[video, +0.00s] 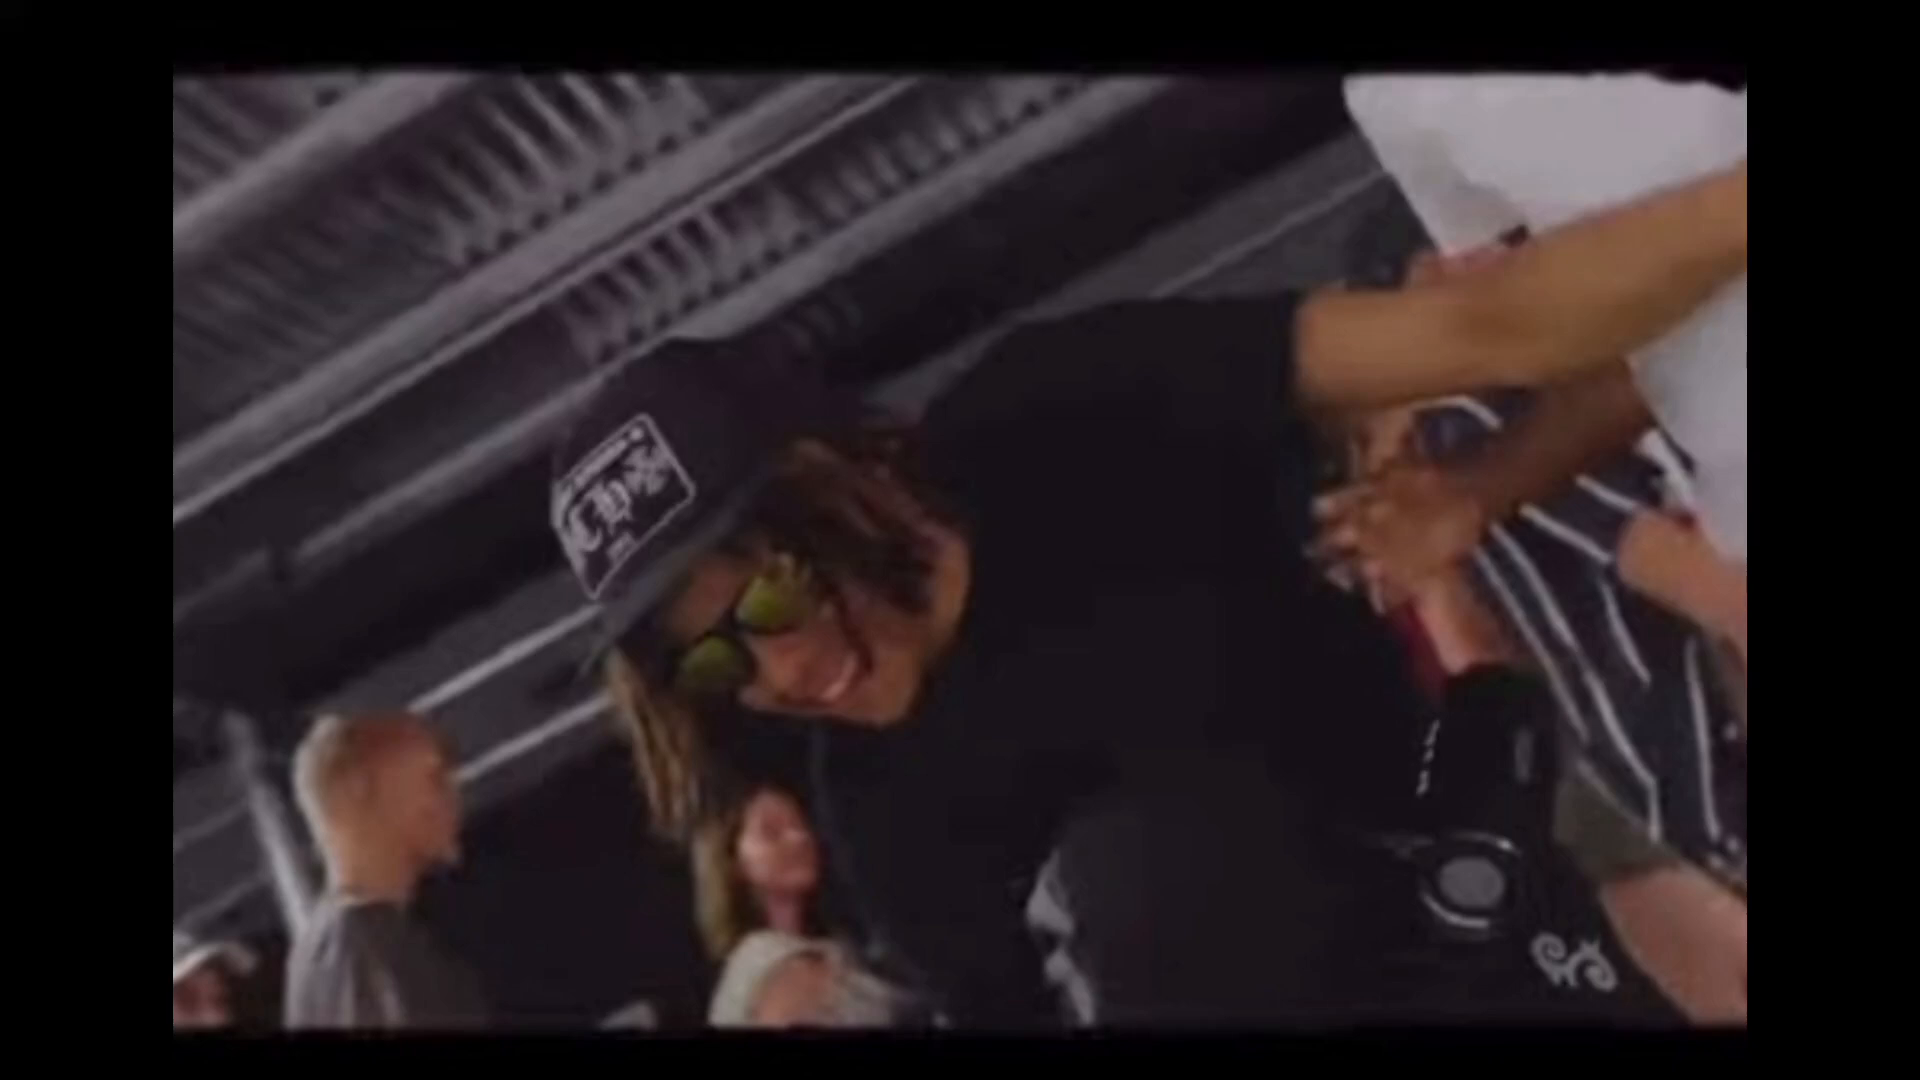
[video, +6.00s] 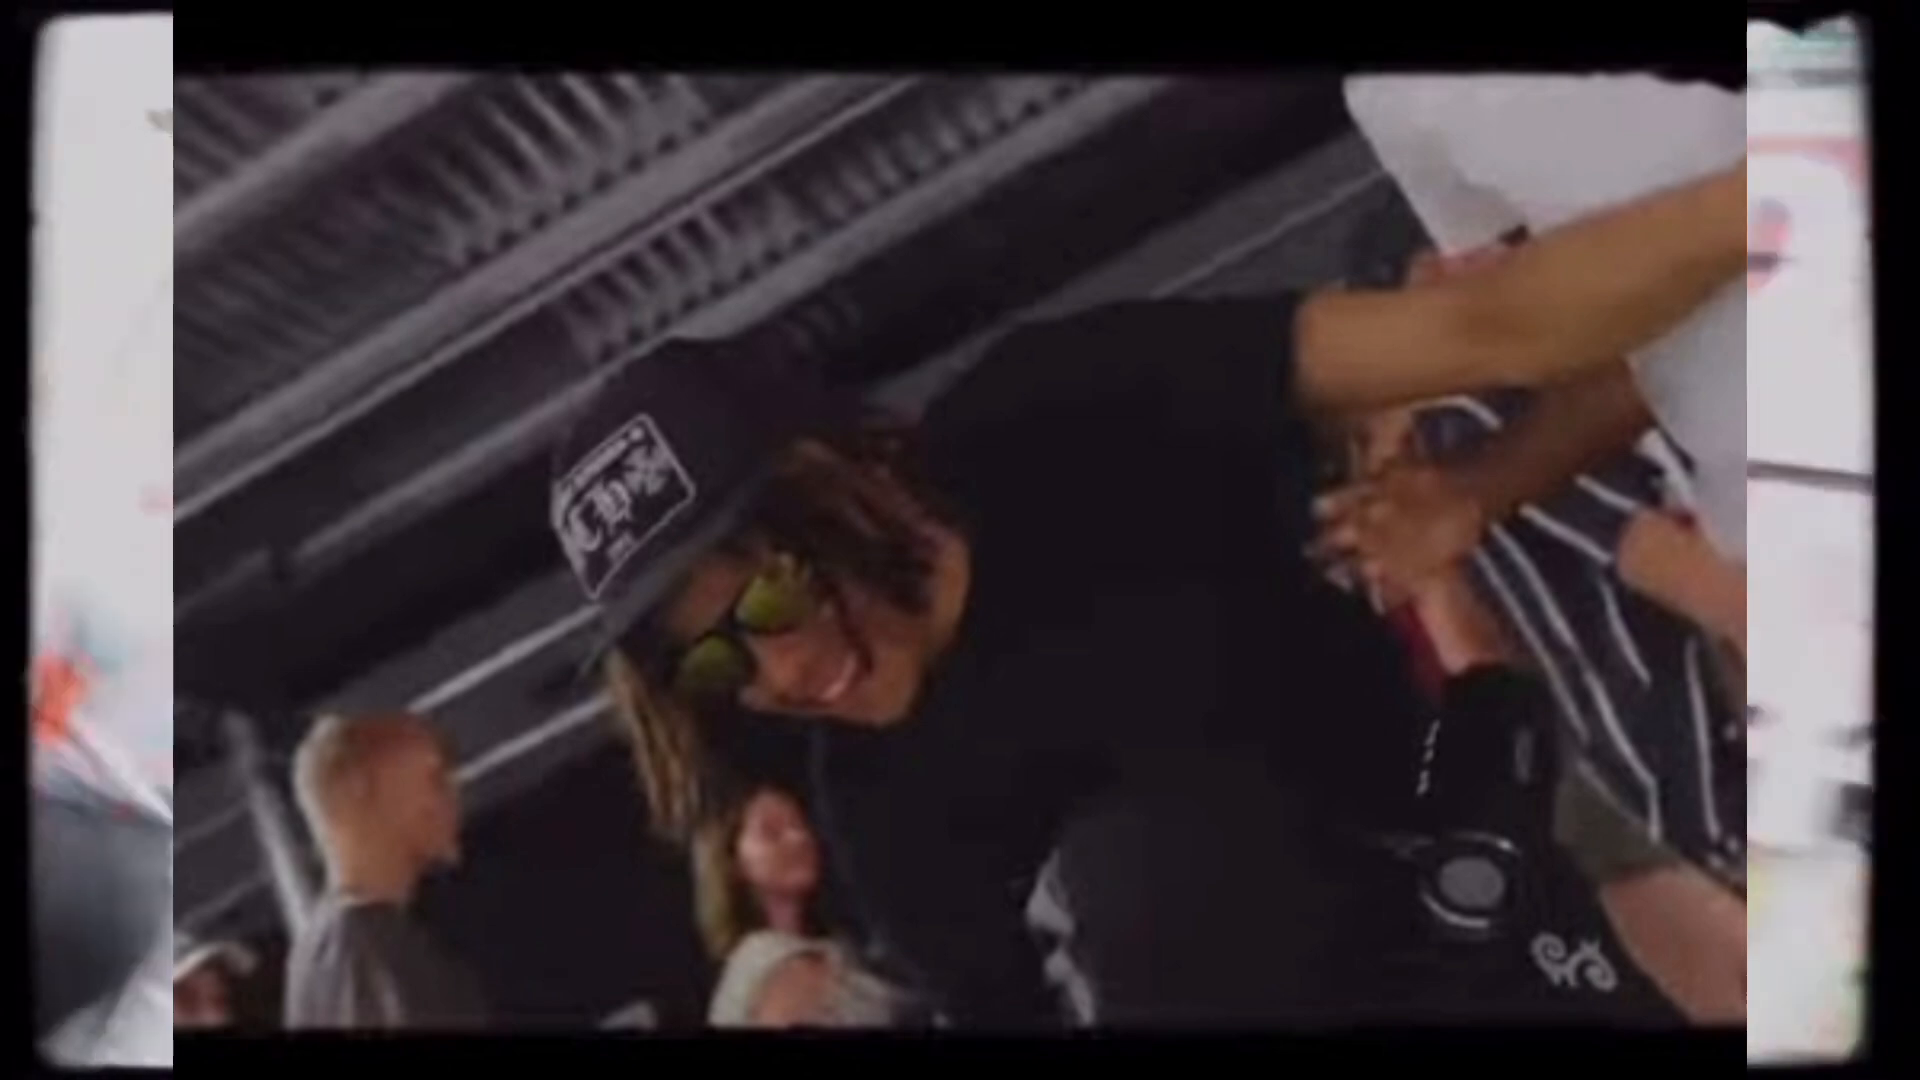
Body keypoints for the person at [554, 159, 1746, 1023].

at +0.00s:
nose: (768, 656)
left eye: (761, 582)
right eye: (708, 654)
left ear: (835, 476)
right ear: (687, 685)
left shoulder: (1052, 404)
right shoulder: (886, 847)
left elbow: (1472, 328)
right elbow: (1031, 1024)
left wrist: (1740, 208)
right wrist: (837, 995)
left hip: (1477, 844)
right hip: (1240, 973)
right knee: (1136, 862)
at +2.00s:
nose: (768, 657)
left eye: (761, 582)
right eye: (708, 654)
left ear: (835, 476)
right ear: (688, 686)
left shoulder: (1050, 404)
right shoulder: (889, 847)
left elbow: (1463, 331)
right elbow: (1040, 1023)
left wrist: (1758, 207)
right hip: (1273, 977)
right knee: (1136, 867)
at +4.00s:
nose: (768, 660)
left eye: (761, 586)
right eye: (709, 657)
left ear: (834, 478)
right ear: (687, 687)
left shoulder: (1050, 404)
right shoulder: (888, 843)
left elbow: (1469, 329)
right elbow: (1032, 1023)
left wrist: (1762, 200)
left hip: (1475, 843)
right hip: (1239, 974)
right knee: (1135, 869)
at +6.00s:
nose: (769, 657)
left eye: (760, 583)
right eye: (710, 655)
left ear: (833, 476)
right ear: (689, 686)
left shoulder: (1056, 402)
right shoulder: (887, 843)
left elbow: (1468, 328)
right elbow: (1029, 1023)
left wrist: (1779, 193)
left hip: (1475, 837)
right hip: (1246, 969)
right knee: (1138, 859)